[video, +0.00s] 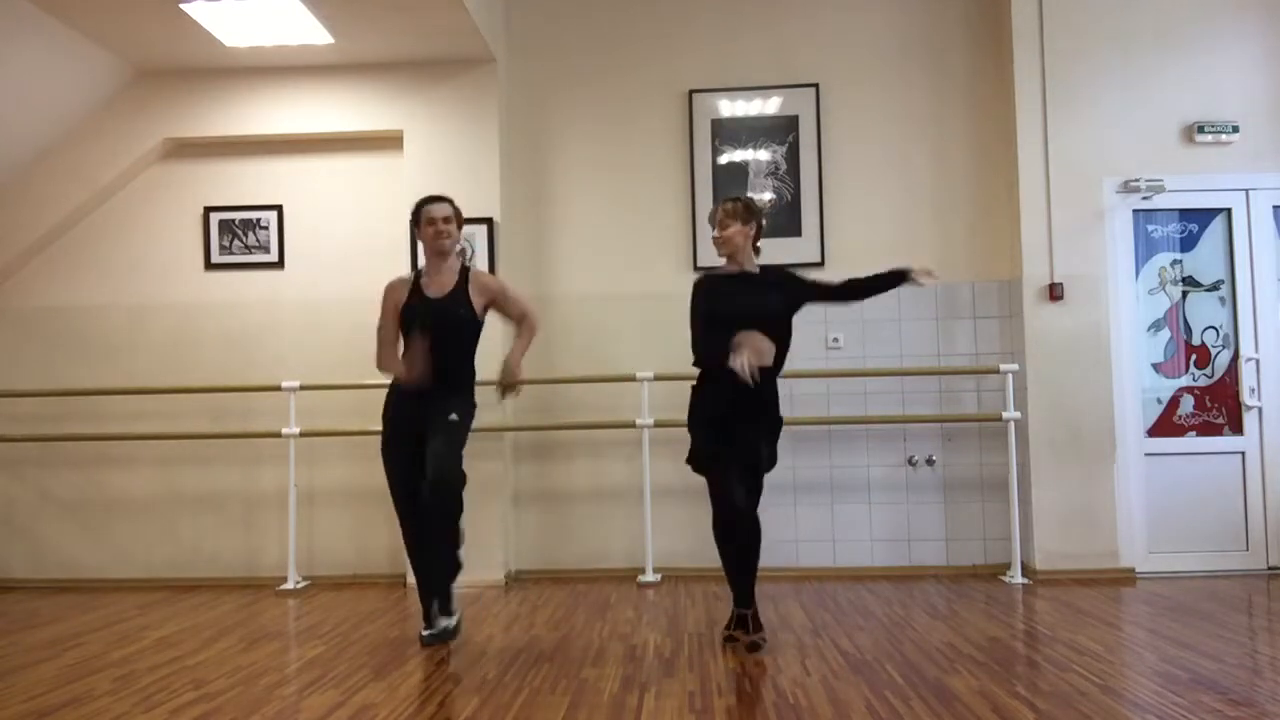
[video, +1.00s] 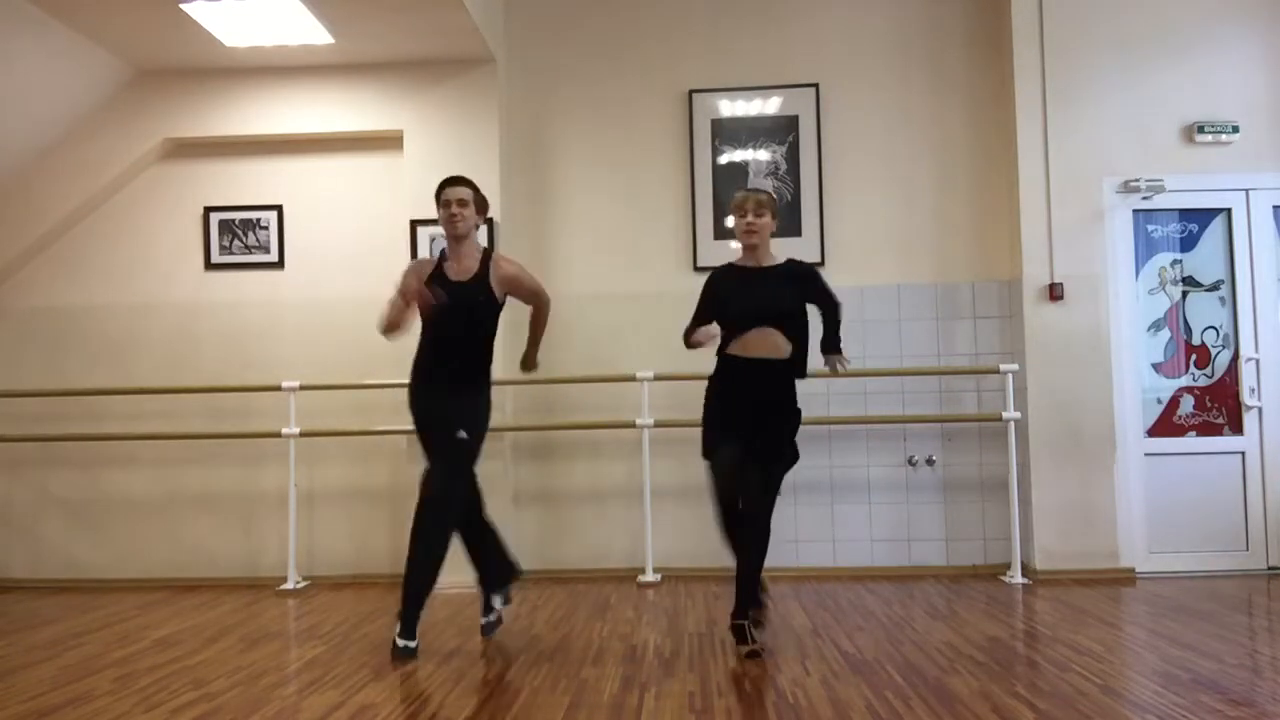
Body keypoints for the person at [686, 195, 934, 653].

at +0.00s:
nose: (718, 232)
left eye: (727, 225)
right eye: (716, 226)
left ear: (752, 230)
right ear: (716, 233)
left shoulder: (782, 283)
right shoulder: (707, 286)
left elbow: (844, 291)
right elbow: (701, 349)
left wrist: (902, 275)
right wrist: (734, 345)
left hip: (758, 410)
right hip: (712, 408)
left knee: (743, 508)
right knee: (727, 507)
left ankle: (744, 609)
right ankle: (744, 609)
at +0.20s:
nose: (714, 217)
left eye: (722, 209)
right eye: (711, 211)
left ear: (749, 213)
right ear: (713, 219)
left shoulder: (777, 264)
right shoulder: (705, 268)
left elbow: (804, 323)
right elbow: (683, 323)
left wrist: (817, 290)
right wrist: (666, 373)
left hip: (766, 380)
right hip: (718, 380)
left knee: (756, 496)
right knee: (716, 461)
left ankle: (751, 609)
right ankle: (726, 539)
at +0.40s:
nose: (720, 234)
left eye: (728, 226)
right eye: (716, 227)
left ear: (753, 230)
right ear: (714, 234)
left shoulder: (772, 286)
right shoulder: (712, 286)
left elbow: (763, 339)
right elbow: (698, 337)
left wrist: (731, 298)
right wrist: (676, 383)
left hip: (762, 389)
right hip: (718, 387)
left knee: (757, 496)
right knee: (739, 452)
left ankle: (747, 610)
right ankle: (744, 558)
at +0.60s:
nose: (730, 217)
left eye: (739, 208)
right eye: (726, 210)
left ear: (761, 214)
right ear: (722, 218)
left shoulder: (780, 268)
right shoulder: (716, 270)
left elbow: (769, 326)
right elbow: (701, 321)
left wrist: (734, 269)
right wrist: (680, 360)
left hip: (765, 385)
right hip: (718, 377)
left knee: (753, 506)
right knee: (727, 422)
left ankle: (743, 611)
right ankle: (717, 525)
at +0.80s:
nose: (732, 230)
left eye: (741, 221)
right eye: (728, 222)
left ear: (766, 224)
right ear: (726, 229)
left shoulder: (796, 280)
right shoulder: (723, 285)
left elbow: (816, 344)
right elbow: (689, 333)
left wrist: (782, 363)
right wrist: (645, 363)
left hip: (776, 415)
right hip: (724, 406)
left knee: (762, 516)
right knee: (681, 492)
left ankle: (739, 618)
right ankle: (624, 583)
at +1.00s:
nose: (749, 220)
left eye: (758, 214)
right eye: (741, 214)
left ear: (773, 223)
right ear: (732, 224)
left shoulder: (799, 273)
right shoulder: (720, 278)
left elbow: (831, 308)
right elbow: (693, 331)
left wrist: (831, 346)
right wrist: (698, 335)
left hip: (776, 397)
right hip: (726, 394)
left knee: (758, 507)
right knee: (728, 502)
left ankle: (742, 615)